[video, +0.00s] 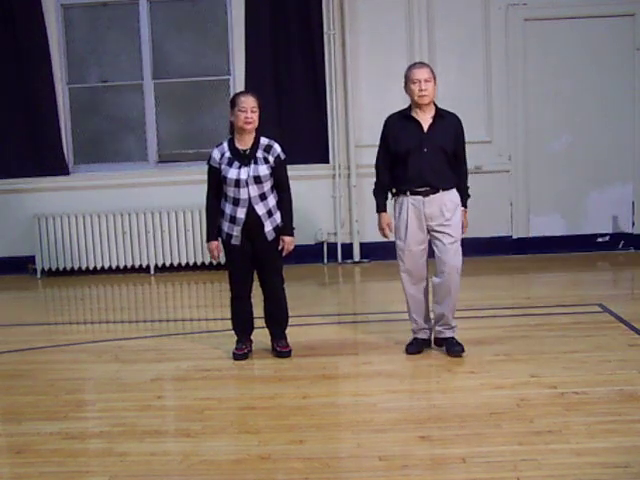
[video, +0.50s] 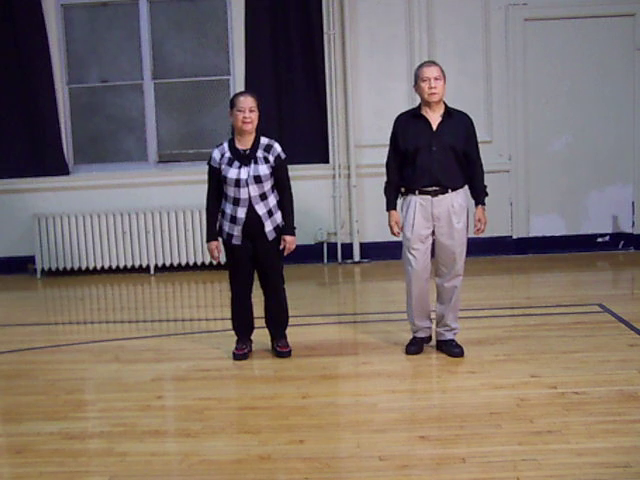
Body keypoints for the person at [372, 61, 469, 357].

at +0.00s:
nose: (422, 87)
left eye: (427, 81)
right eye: (415, 82)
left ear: (435, 85)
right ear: (407, 88)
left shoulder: (451, 122)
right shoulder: (394, 123)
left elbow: (460, 167)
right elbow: (382, 168)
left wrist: (463, 206)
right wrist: (382, 209)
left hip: (446, 202)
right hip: (407, 204)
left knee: (451, 267)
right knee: (412, 270)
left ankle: (445, 332)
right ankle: (420, 332)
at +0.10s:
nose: (424, 86)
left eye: (429, 80)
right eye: (417, 81)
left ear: (437, 84)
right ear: (408, 87)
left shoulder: (452, 121)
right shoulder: (395, 123)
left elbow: (462, 166)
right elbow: (383, 167)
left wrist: (468, 207)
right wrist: (382, 208)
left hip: (447, 201)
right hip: (408, 204)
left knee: (448, 270)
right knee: (413, 270)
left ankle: (446, 334)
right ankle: (420, 333)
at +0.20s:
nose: (425, 85)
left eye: (430, 79)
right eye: (419, 80)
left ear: (439, 83)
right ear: (410, 86)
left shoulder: (455, 121)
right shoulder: (398, 122)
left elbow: (466, 166)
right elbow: (386, 166)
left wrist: (474, 205)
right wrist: (385, 207)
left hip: (448, 201)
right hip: (410, 203)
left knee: (447, 270)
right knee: (415, 270)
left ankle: (446, 334)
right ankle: (421, 333)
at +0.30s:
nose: (428, 84)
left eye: (432, 79)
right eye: (421, 80)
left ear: (441, 83)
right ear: (413, 86)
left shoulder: (457, 121)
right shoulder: (400, 122)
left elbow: (470, 165)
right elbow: (390, 167)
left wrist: (478, 204)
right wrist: (388, 209)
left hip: (450, 201)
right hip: (412, 203)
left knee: (448, 270)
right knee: (417, 270)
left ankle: (446, 334)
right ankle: (421, 333)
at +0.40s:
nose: (430, 84)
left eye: (435, 79)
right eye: (424, 80)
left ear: (444, 84)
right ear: (415, 87)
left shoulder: (460, 121)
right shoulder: (402, 122)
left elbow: (472, 165)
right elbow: (392, 167)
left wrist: (480, 203)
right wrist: (391, 209)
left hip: (452, 202)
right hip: (414, 203)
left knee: (450, 271)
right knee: (418, 271)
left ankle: (447, 334)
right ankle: (421, 333)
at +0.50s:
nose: (431, 85)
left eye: (436, 79)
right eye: (425, 80)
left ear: (445, 84)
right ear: (416, 87)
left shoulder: (462, 121)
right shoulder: (404, 122)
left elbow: (474, 164)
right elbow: (393, 167)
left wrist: (480, 203)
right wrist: (392, 208)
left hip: (454, 202)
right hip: (415, 203)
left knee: (451, 272)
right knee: (416, 271)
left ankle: (447, 335)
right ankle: (420, 333)